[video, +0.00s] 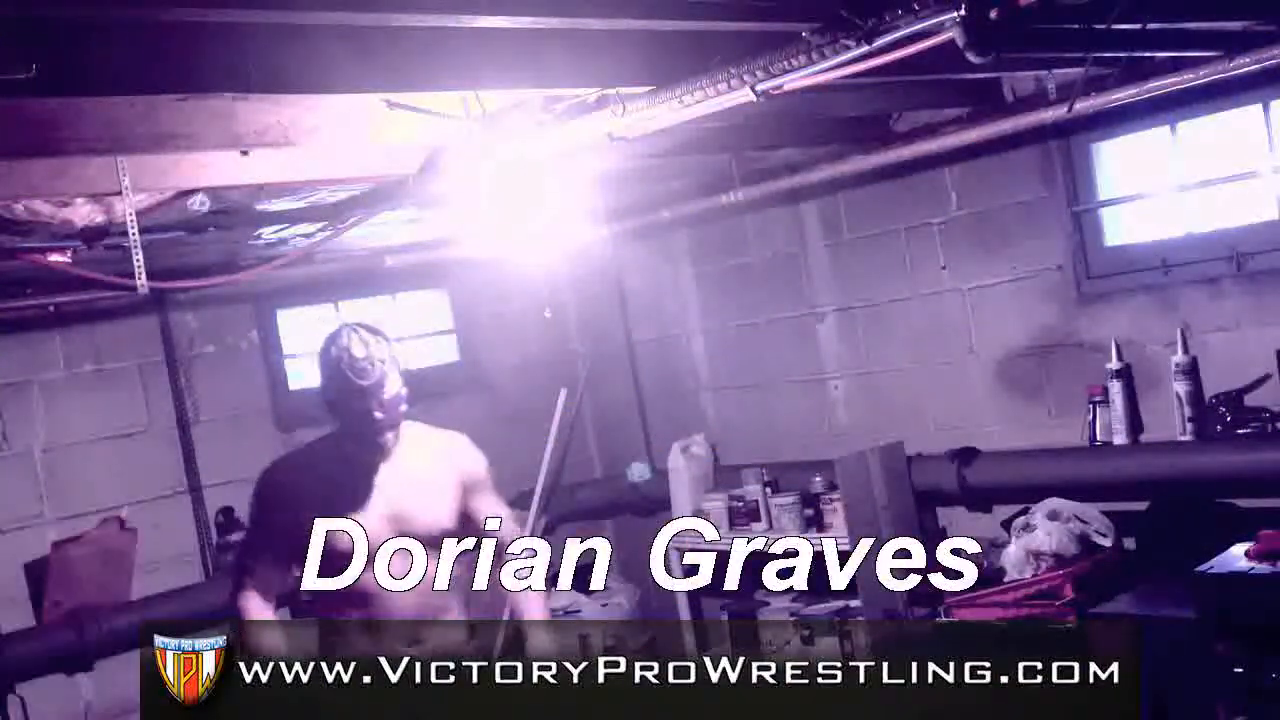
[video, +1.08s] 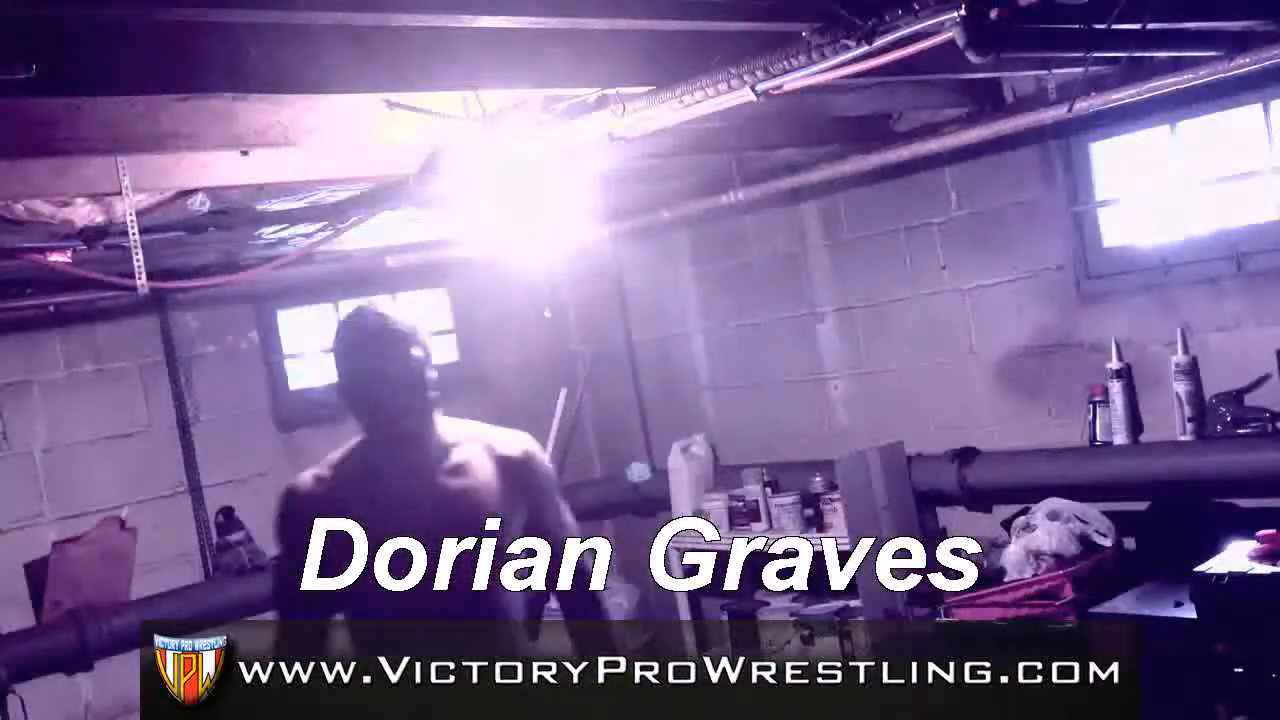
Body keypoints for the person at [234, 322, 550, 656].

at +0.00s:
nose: (379, 417)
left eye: (389, 400)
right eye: (361, 405)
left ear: (404, 385)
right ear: (331, 403)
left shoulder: (455, 455)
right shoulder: (291, 481)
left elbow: (518, 561)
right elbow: (258, 595)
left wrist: (543, 658)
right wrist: (291, 683)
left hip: (458, 668)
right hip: (347, 677)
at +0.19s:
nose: (424, 422)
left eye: (431, 405)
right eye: (408, 413)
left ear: (443, 378)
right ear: (368, 395)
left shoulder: (497, 454)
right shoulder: (327, 470)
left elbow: (563, 545)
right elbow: (287, 573)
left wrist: (549, 583)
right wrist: (308, 574)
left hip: (502, 665)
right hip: (384, 671)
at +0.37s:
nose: (464, 376)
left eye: (466, 361)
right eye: (443, 369)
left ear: (476, 352)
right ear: (405, 376)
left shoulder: (539, 440)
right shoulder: (362, 458)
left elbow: (608, 516)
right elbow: (310, 582)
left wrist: (575, 547)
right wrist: (330, 573)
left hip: (527, 660)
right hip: (416, 665)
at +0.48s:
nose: (457, 387)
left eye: (466, 364)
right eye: (438, 372)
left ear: (483, 354)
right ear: (408, 374)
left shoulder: (549, 437)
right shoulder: (369, 459)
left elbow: (626, 515)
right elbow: (325, 566)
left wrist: (620, 557)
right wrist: (343, 606)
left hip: (534, 660)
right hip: (421, 666)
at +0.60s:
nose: (447, 377)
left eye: (459, 358)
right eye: (427, 364)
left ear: (484, 355)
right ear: (408, 372)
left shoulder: (558, 441)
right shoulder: (376, 464)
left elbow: (635, 533)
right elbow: (335, 600)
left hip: (536, 671)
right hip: (427, 677)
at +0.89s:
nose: (438, 397)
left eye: (449, 376)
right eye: (420, 382)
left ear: (473, 366)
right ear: (393, 386)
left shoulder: (546, 453)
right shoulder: (355, 478)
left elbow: (601, 580)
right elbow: (351, 621)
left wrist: (619, 678)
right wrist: (371, 700)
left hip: (535, 672)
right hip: (417, 679)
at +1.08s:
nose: (416, 388)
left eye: (420, 372)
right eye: (389, 380)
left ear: (433, 374)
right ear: (349, 394)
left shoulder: (515, 459)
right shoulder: (313, 500)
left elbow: (580, 594)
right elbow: (299, 648)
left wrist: (613, 692)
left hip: (508, 692)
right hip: (390, 700)